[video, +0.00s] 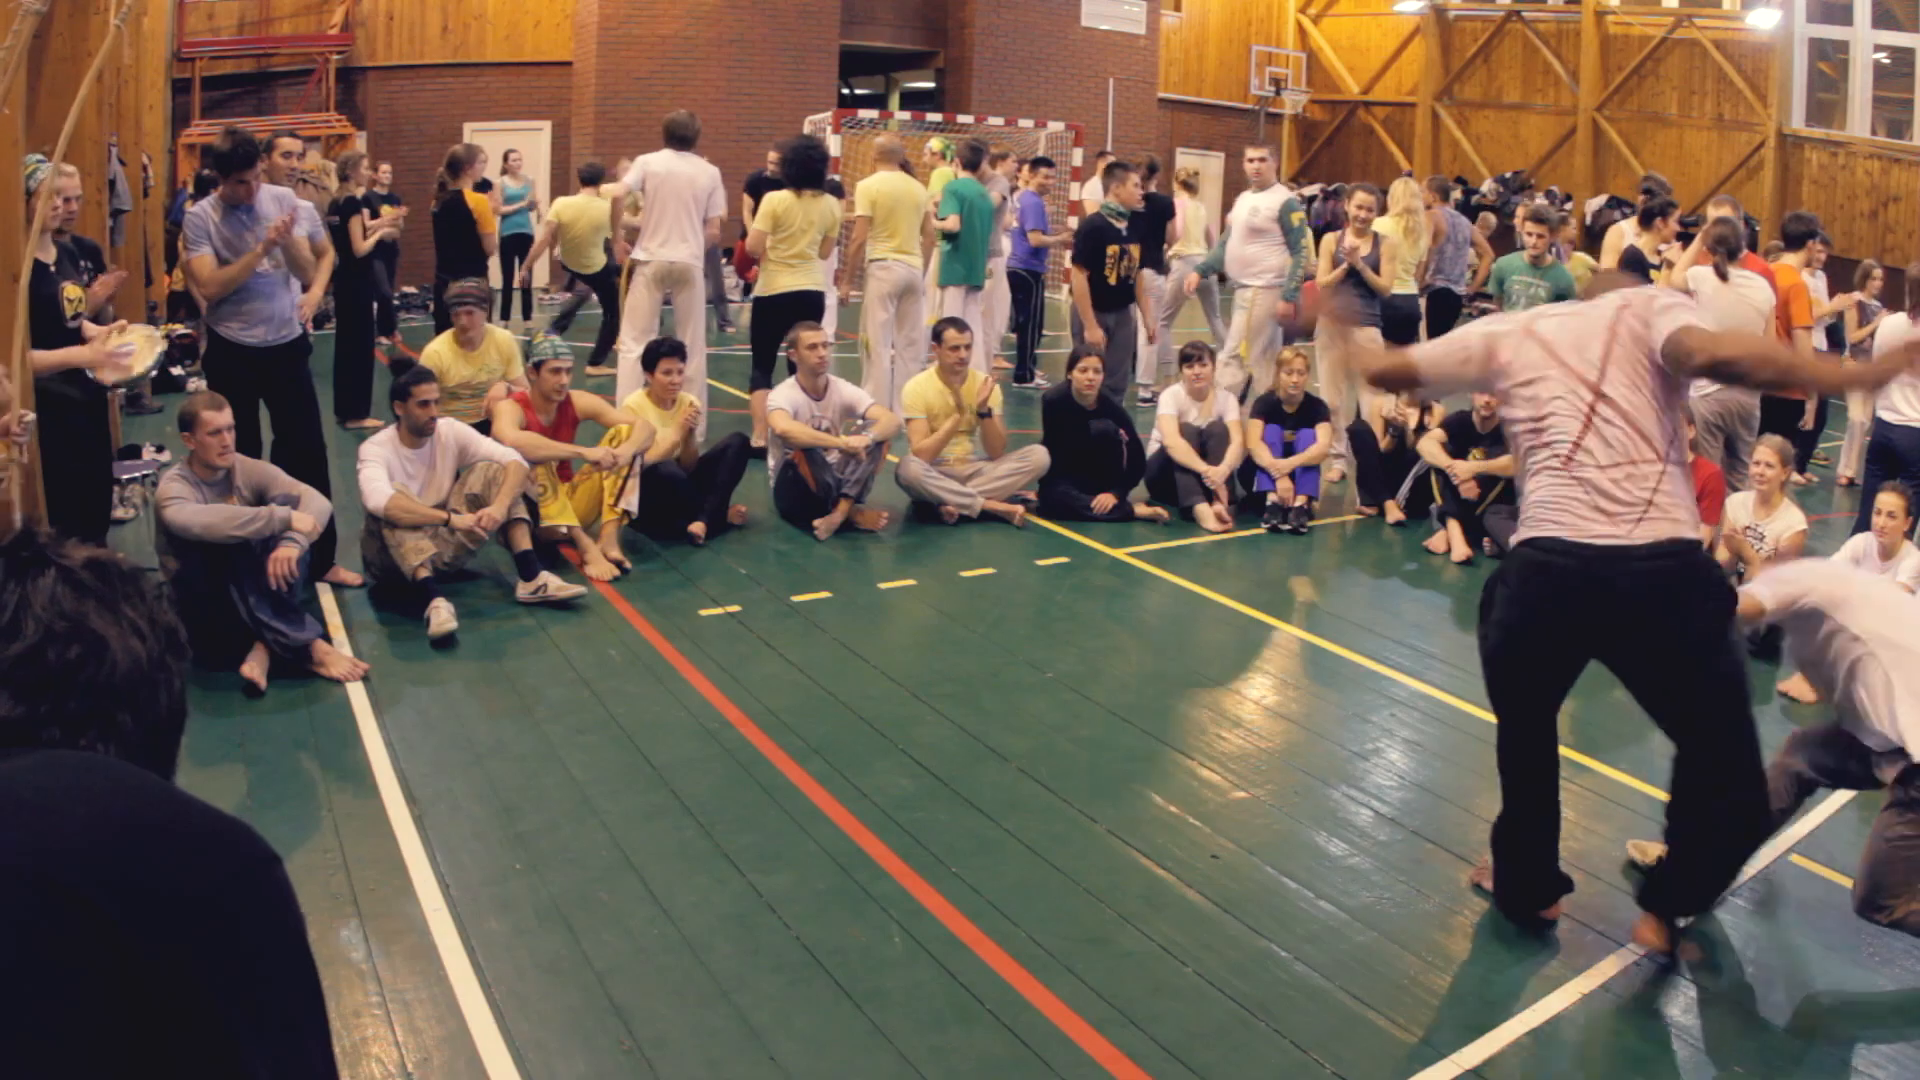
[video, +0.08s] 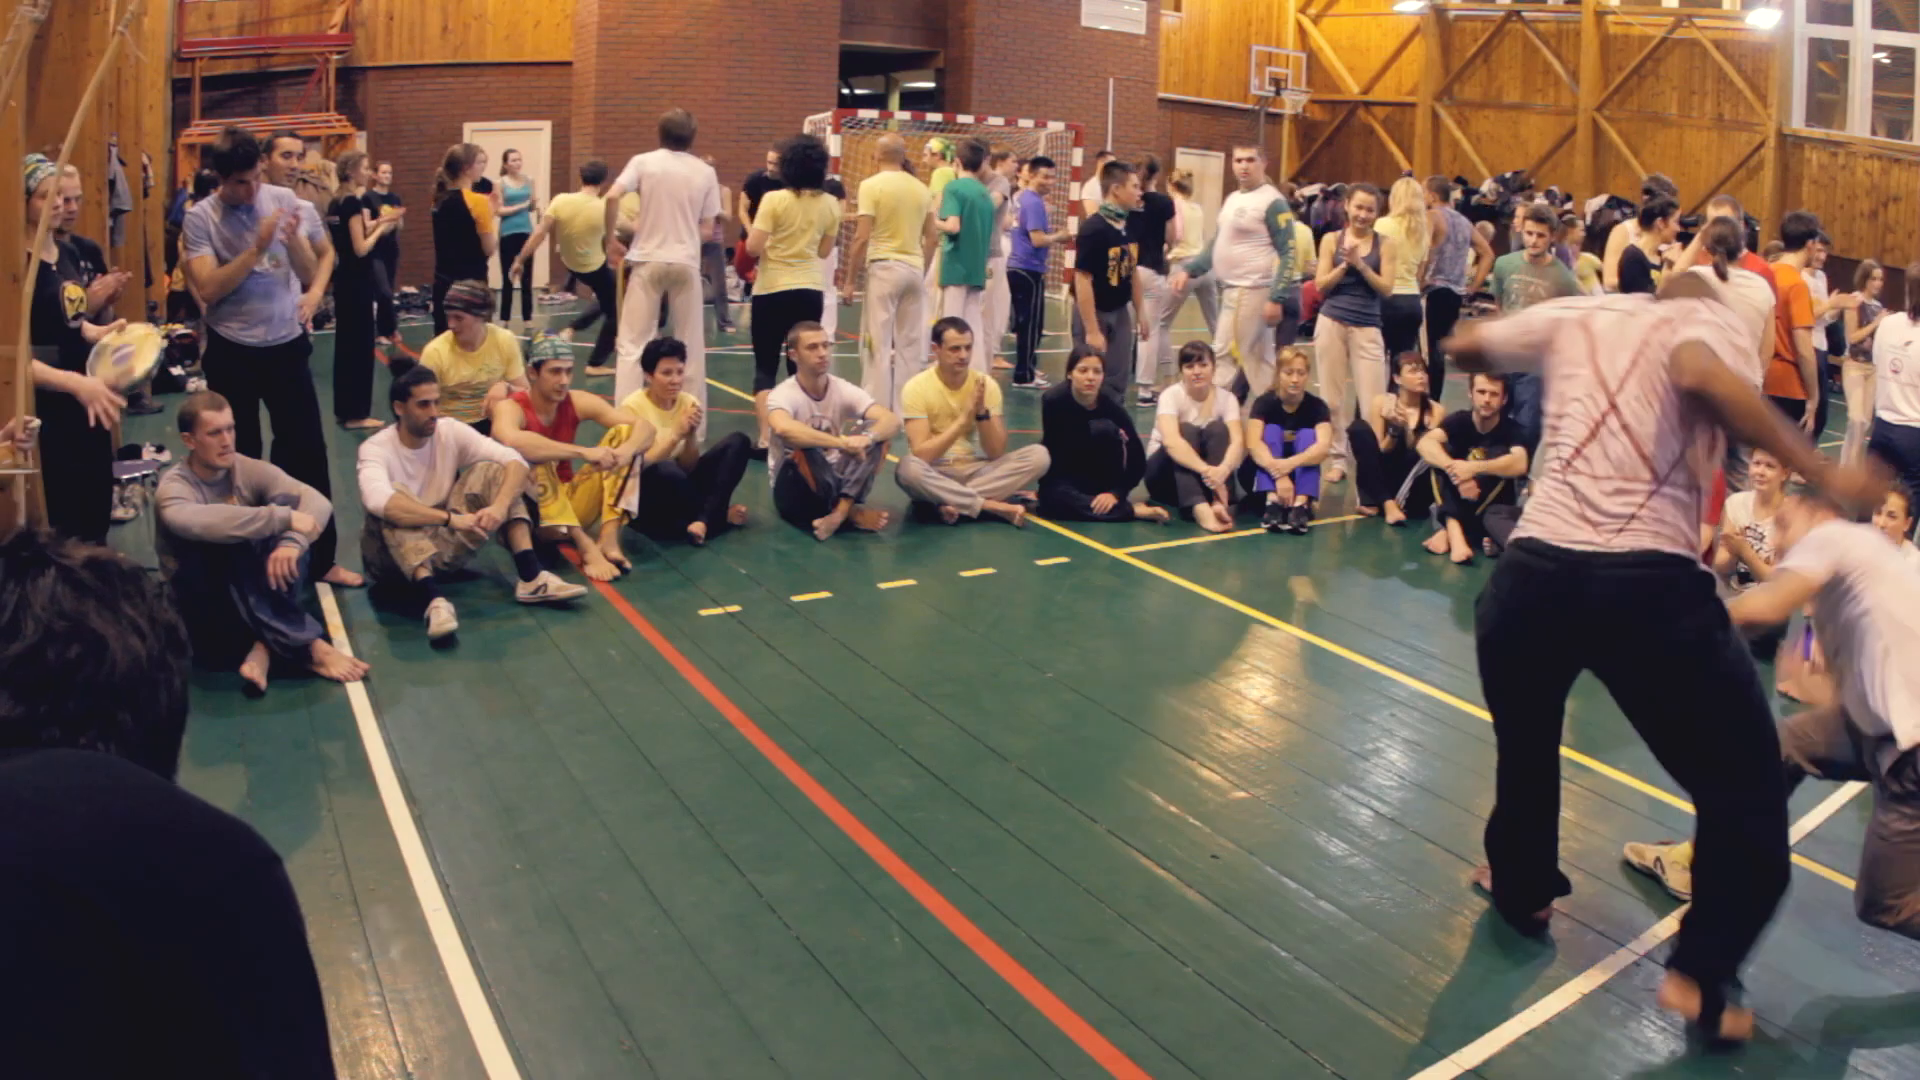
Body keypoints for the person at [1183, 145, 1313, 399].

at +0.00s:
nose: (1256, 166)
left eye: (1262, 160)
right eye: (1250, 161)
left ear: (1275, 164)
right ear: (1243, 166)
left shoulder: (1286, 201)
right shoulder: (1244, 198)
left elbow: (1302, 252)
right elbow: (1228, 240)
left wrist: (1289, 297)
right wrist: (1200, 271)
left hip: (1266, 288)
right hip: (1244, 286)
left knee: (1233, 356)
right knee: (1263, 357)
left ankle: (1219, 418)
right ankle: (1268, 416)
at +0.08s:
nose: (1243, 166)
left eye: (1249, 161)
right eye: (1238, 161)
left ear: (1263, 164)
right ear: (1232, 166)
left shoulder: (1273, 201)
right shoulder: (1233, 198)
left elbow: (1290, 253)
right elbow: (1218, 245)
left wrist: (1277, 298)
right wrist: (1188, 270)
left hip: (1255, 288)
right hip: (1230, 287)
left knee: (1224, 352)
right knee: (1258, 357)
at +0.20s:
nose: (1223, 164)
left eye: (1230, 159)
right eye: (1219, 159)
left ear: (1244, 162)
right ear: (1215, 164)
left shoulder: (1253, 201)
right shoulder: (1216, 197)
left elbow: (1266, 252)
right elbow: (1204, 242)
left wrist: (1254, 299)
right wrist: (1177, 272)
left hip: (1235, 285)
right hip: (1211, 283)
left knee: (1217, 350)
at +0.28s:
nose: (1209, 163)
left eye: (1216, 157)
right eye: (1206, 157)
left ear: (1233, 160)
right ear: (1202, 161)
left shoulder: (1241, 200)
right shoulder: (1206, 193)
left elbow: (1250, 254)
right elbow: (1195, 240)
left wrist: (1236, 298)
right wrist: (1173, 272)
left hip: (1219, 281)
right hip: (1198, 279)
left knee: (1208, 348)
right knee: (1203, 348)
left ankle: (1253, 403)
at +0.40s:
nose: (1190, 161)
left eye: (1197, 155)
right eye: (1186, 156)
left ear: (1213, 159)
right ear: (1183, 159)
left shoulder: (1220, 198)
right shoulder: (1190, 193)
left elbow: (1227, 254)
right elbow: (1180, 243)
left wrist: (1202, 294)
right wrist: (1163, 278)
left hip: (1201, 284)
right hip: (1177, 282)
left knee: (1195, 352)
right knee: (1166, 347)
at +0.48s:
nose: (1175, 160)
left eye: (1182, 154)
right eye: (1173, 154)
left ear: (1200, 156)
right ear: (1172, 158)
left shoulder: (1209, 196)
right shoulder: (1178, 191)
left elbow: (1213, 250)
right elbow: (1169, 239)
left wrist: (1184, 291)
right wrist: (1158, 277)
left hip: (1195, 283)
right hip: (1168, 281)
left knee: (1192, 349)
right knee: (1153, 343)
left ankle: (1197, 409)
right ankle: (1163, 405)